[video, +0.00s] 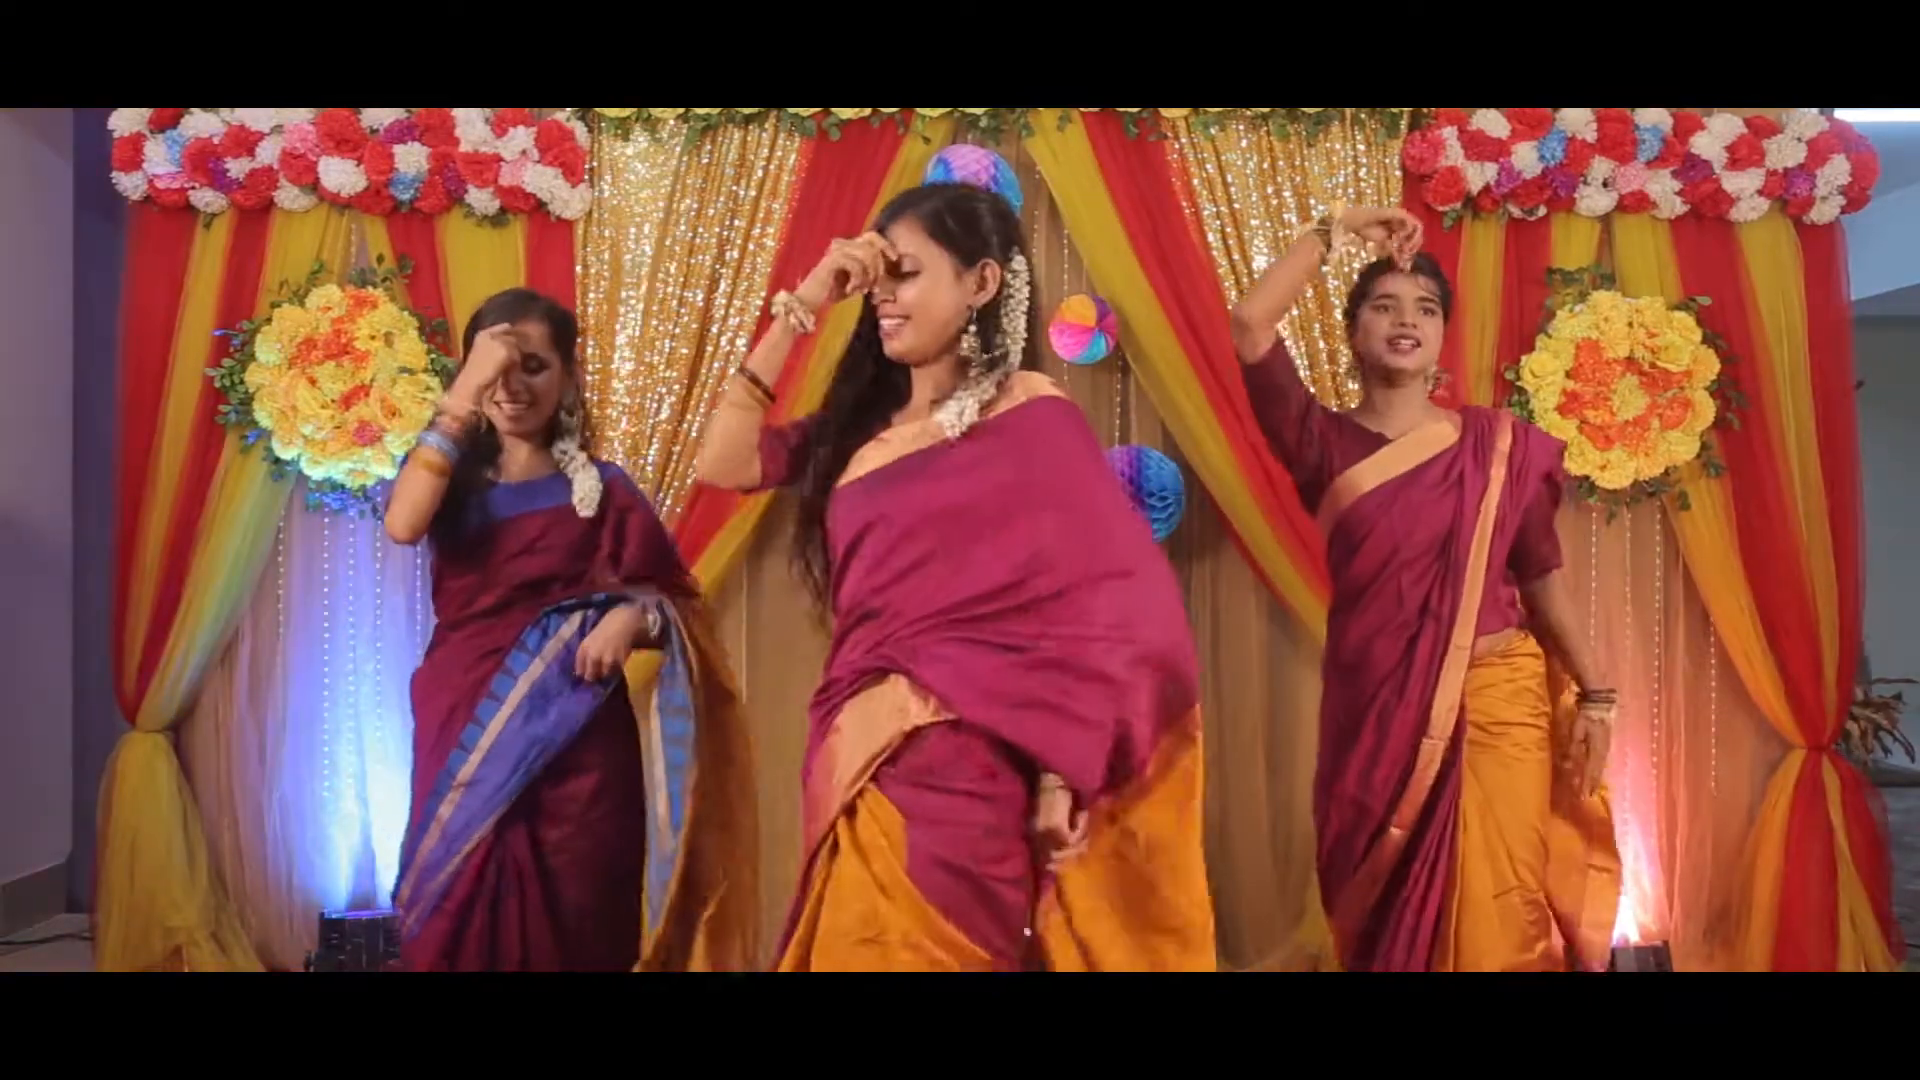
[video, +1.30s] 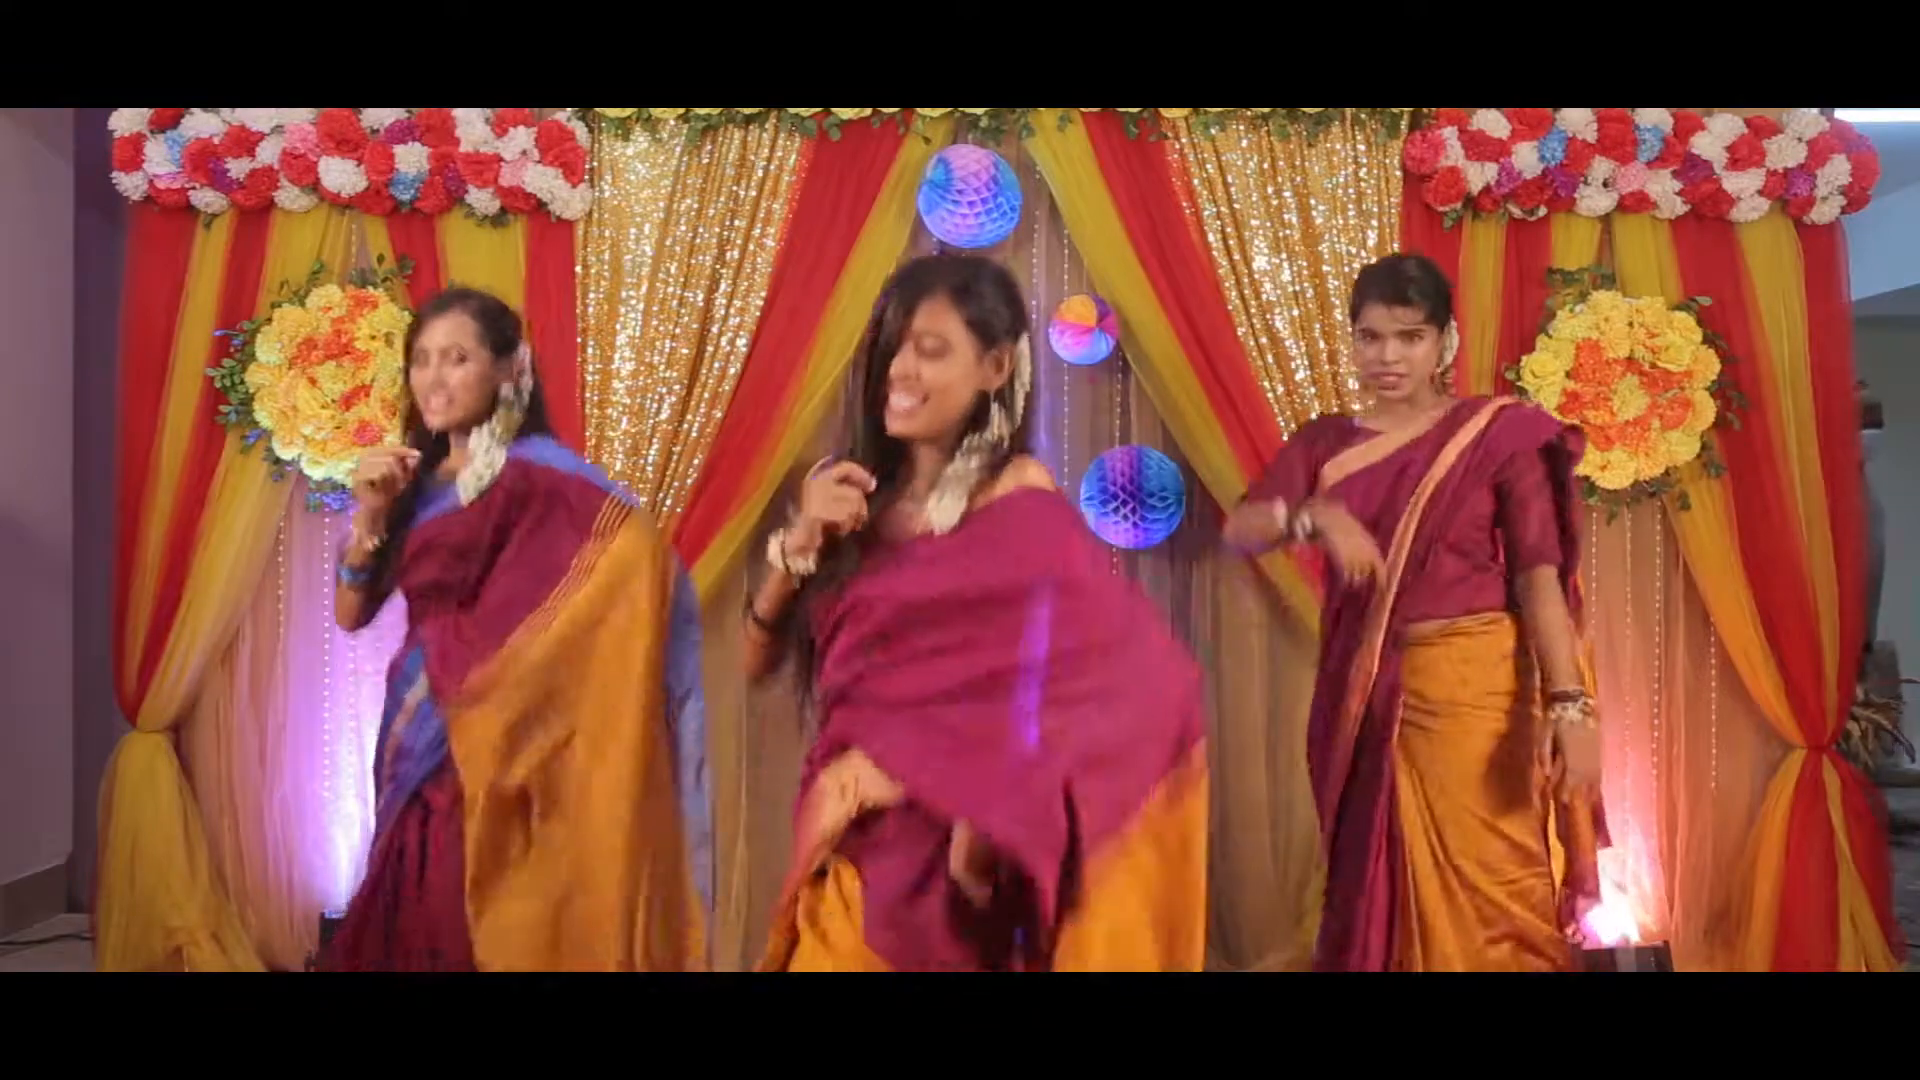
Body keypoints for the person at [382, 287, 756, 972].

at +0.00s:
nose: (513, 384)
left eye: (533, 367)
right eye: (497, 368)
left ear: (570, 380)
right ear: (472, 381)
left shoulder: (604, 486)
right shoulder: (446, 473)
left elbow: (673, 601)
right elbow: (404, 524)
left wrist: (631, 618)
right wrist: (461, 391)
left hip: (585, 739)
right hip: (464, 738)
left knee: (584, 933)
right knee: (462, 929)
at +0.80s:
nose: (444, 326)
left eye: (473, 317)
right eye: (446, 311)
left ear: (523, 352)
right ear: (433, 326)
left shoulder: (523, 429)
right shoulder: (423, 436)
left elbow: (628, 528)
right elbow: (327, 519)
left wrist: (515, 622)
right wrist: (362, 378)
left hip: (502, 684)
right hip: (422, 683)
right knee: (407, 871)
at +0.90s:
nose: (429, 406)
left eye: (455, 392)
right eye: (426, 387)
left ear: (510, 419)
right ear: (415, 396)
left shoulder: (510, 498)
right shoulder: (422, 498)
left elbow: (593, 614)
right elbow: (342, 622)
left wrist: (483, 716)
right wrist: (372, 504)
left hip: (498, 760)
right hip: (425, 751)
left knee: (438, 932)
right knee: (377, 925)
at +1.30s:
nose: (435, 379)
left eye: (457, 358)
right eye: (422, 360)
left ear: (510, 372)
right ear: (408, 376)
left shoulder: (541, 470)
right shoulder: (426, 483)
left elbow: (647, 561)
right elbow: (352, 611)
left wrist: (519, 678)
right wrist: (372, 514)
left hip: (508, 729)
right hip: (423, 717)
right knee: (406, 893)